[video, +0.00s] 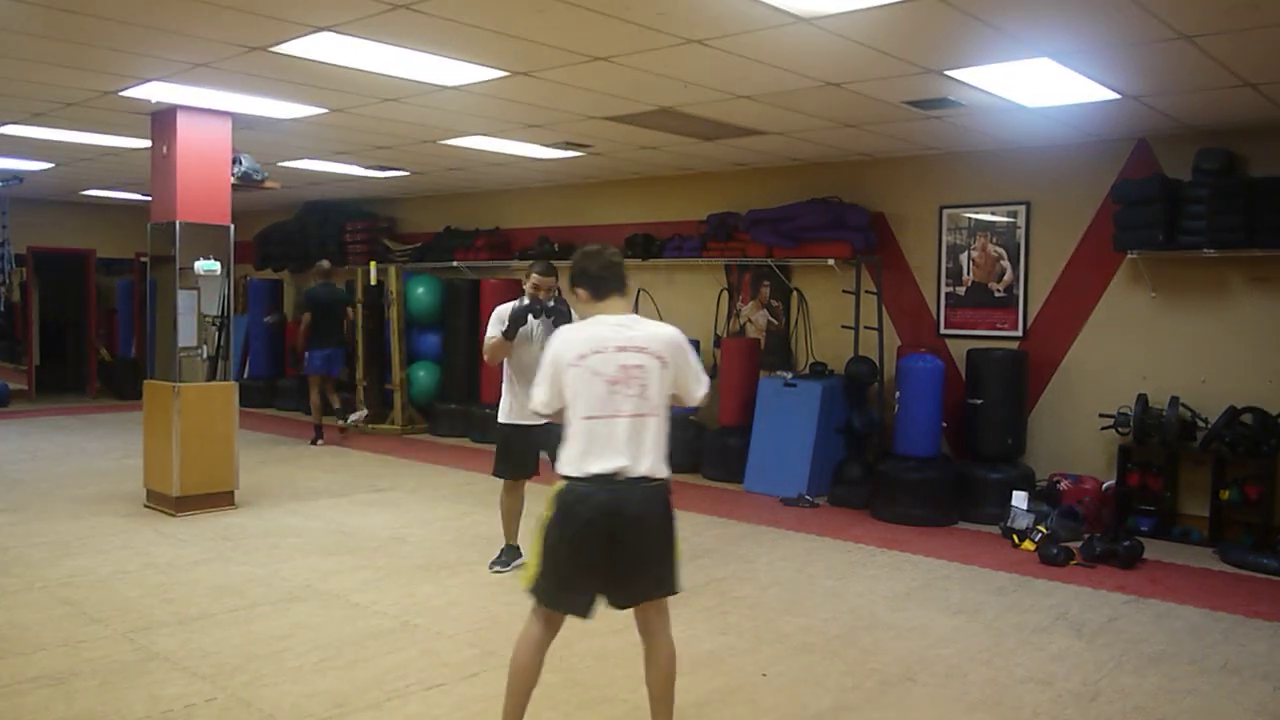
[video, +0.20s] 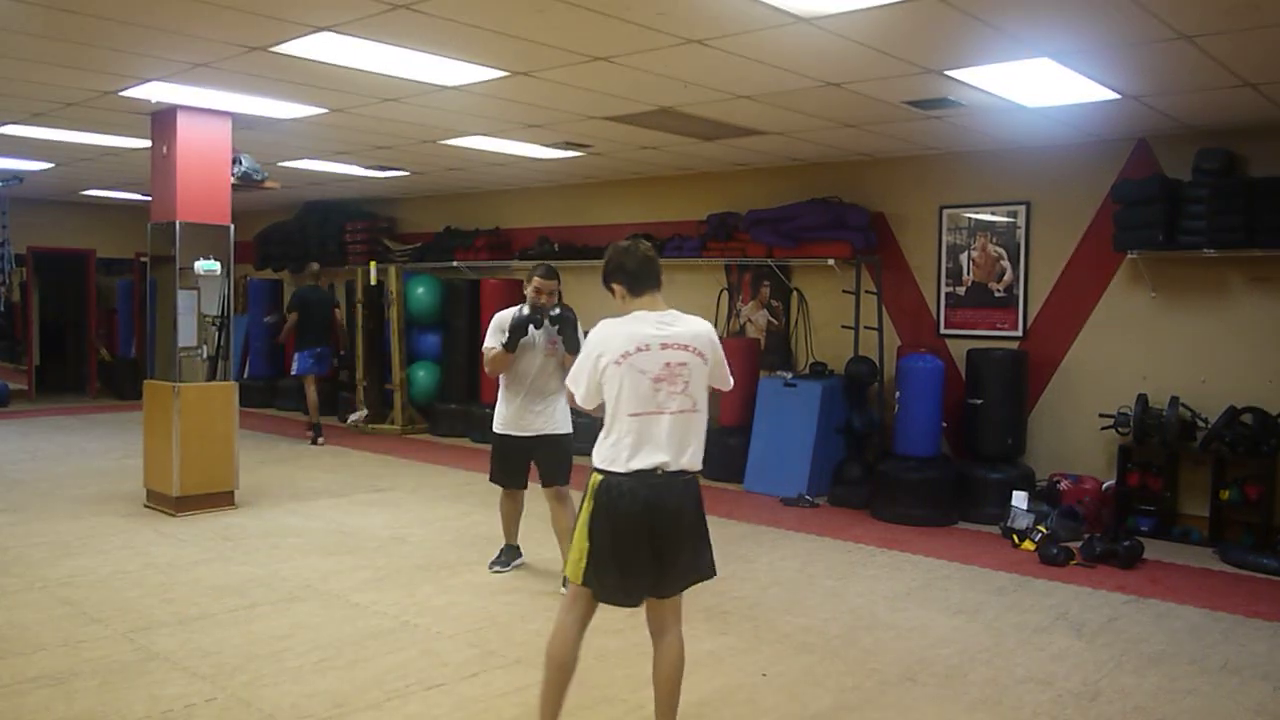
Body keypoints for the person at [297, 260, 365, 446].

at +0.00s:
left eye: (315, 273)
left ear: (315, 274)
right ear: (331, 274)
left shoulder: (310, 293)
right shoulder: (341, 292)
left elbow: (306, 319)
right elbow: (350, 316)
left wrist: (300, 340)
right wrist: (348, 335)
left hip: (317, 346)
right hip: (337, 344)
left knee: (315, 389)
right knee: (330, 385)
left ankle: (318, 433)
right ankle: (340, 414)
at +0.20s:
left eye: (305, 275)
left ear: (305, 276)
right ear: (319, 277)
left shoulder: (299, 293)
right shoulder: (327, 294)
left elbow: (293, 318)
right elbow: (338, 317)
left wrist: (283, 336)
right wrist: (341, 338)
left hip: (306, 345)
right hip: (324, 344)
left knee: (310, 386)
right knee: (313, 385)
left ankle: (317, 431)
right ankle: (313, 422)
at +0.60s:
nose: (288, 276)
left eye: (289, 273)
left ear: (290, 275)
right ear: (304, 276)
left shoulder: (285, 293)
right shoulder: (312, 294)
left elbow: (279, 320)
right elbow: (319, 318)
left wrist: (273, 342)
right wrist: (315, 336)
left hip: (287, 342)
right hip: (307, 342)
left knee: (275, 377)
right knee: (301, 382)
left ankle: (286, 412)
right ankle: (301, 426)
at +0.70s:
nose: (279, 277)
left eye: (281, 274)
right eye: (280, 273)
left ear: (285, 275)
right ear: (297, 276)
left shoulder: (280, 292)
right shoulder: (307, 293)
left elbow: (276, 318)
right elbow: (315, 317)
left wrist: (270, 344)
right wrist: (309, 332)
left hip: (283, 341)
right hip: (303, 341)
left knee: (270, 379)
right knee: (299, 381)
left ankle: (272, 419)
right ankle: (300, 424)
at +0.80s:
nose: (272, 277)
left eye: (273, 274)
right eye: (273, 274)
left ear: (276, 276)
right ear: (289, 277)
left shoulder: (274, 293)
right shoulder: (299, 294)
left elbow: (271, 319)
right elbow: (309, 317)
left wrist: (266, 343)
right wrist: (299, 327)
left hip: (278, 341)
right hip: (298, 341)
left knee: (267, 380)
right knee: (295, 381)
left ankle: (264, 421)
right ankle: (299, 424)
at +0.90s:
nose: (267, 276)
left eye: (269, 274)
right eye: (269, 273)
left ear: (271, 276)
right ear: (285, 277)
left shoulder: (266, 294)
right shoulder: (292, 294)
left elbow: (264, 318)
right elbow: (301, 317)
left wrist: (260, 342)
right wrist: (297, 334)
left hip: (270, 342)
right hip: (290, 342)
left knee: (264, 380)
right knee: (288, 379)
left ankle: (264, 421)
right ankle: (297, 416)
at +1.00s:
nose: (261, 277)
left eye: (263, 274)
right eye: (263, 273)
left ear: (264, 276)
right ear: (279, 277)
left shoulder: (261, 293)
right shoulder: (288, 294)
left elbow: (256, 319)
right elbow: (296, 317)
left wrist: (252, 342)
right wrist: (294, 338)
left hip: (264, 342)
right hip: (284, 342)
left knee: (262, 379)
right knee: (282, 378)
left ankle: (264, 421)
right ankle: (289, 406)